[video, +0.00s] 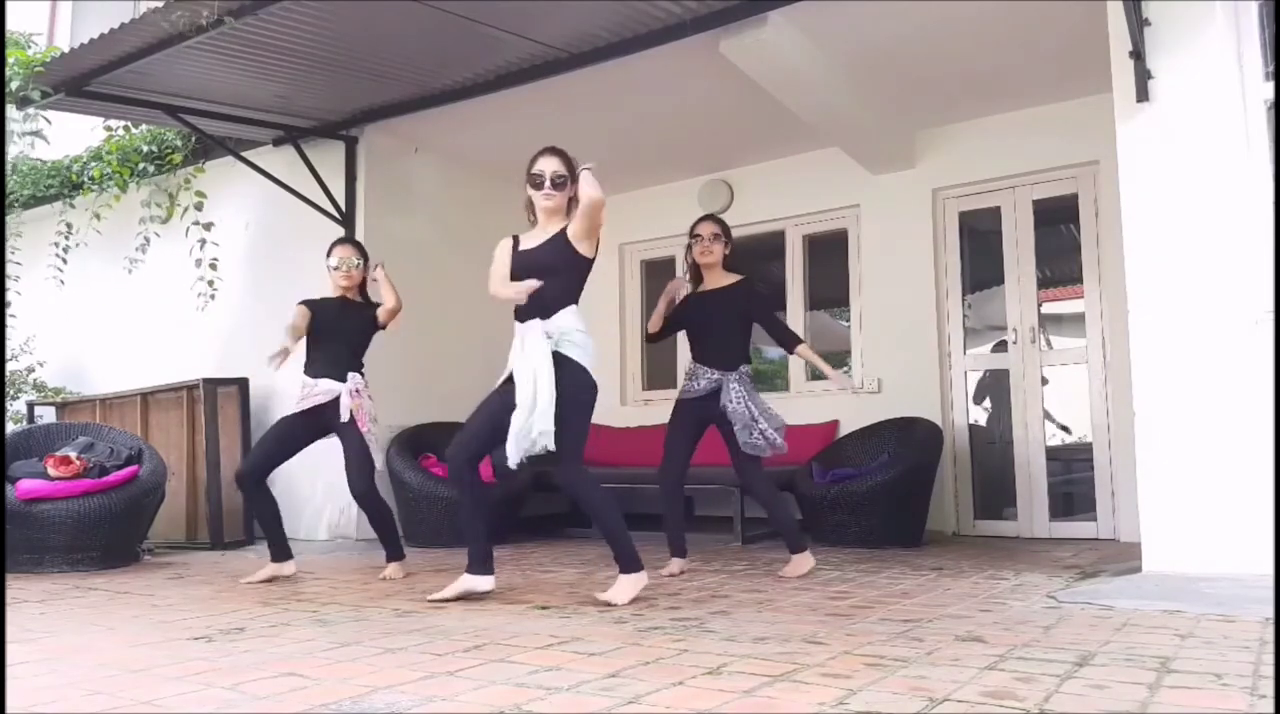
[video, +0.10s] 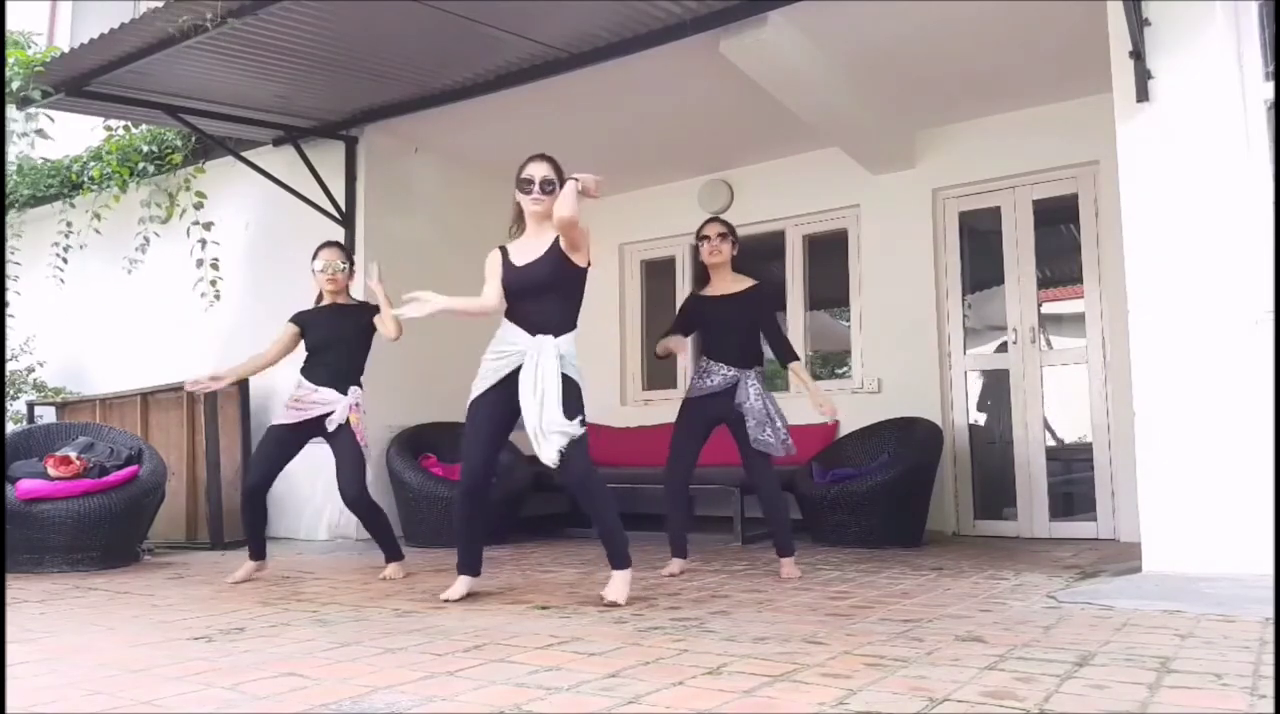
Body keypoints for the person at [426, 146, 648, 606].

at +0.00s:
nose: (548, 187)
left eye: (557, 180)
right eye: (539, 180)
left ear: (571, 188)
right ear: (527, 187)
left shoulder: (581, 233)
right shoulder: (511, 243)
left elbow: (592, 198)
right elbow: (496, 287)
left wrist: (586, 174)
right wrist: (519, 289)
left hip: (568, 364)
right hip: (525, 366)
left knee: (568, 470)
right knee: (460, 454)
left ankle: (632, 571)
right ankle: (479, 571)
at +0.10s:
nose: (537, 191)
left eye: (547, 185)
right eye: (528, 184)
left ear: (560, 194)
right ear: (516, 191)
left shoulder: (573, 241)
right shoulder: (500, 254)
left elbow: (565, 218)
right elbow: (491, 304)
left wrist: (574, 185)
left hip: (556, 363)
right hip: (505, 361)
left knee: (576, 469)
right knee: (474, 468)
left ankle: (621, 565)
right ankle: (467, 571)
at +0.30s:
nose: (528, 174)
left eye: (539, 168)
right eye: (520, 168)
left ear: (553, 179)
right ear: (507, 177)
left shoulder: (569, 229)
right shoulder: (484, 235)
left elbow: (616, 258)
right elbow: (437, 287)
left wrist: (612, 202)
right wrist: (397, 266)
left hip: (549, 355)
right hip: (492, 354)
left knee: (585, 456)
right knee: (471, 468)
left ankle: (600, 569)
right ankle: (464, 572)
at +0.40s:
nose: (531, 167)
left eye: (542, 161)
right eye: (523, 161)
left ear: (555, 173)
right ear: (510, 172)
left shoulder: (570, 226)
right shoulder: (486, 229)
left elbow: (608, 256)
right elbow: (436, 268)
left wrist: (625, 271)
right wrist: (412, 300)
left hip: (551, 351)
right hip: (498, 353)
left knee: (581, 464)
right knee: (477, 464)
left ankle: (616, 575)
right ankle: (482, 576)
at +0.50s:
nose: (536, 171)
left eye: (546, 164)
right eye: (527, 164)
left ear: (560, 175)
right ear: (515, 173)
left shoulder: (573, 228)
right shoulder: (492, 234)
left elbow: (599, 286)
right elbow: (459, 299)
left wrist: (611, 339)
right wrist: (447, 356)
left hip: (560, 352)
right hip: (506, 354)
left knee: (582, 465)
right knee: (482, 462)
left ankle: (616, 576)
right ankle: (482, 576)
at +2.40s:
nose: (514, 195)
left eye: (523, 187)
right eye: (504, 189)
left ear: (538, 194)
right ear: (493, 197)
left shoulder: (557, 246)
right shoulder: (475, 250)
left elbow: (574, 312)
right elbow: (442, 316)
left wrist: (572, 371)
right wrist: (442, 378)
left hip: (541, 368)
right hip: (483, 369)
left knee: (568, 475)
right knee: (462, 474)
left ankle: (612, 579)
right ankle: (479, 577)